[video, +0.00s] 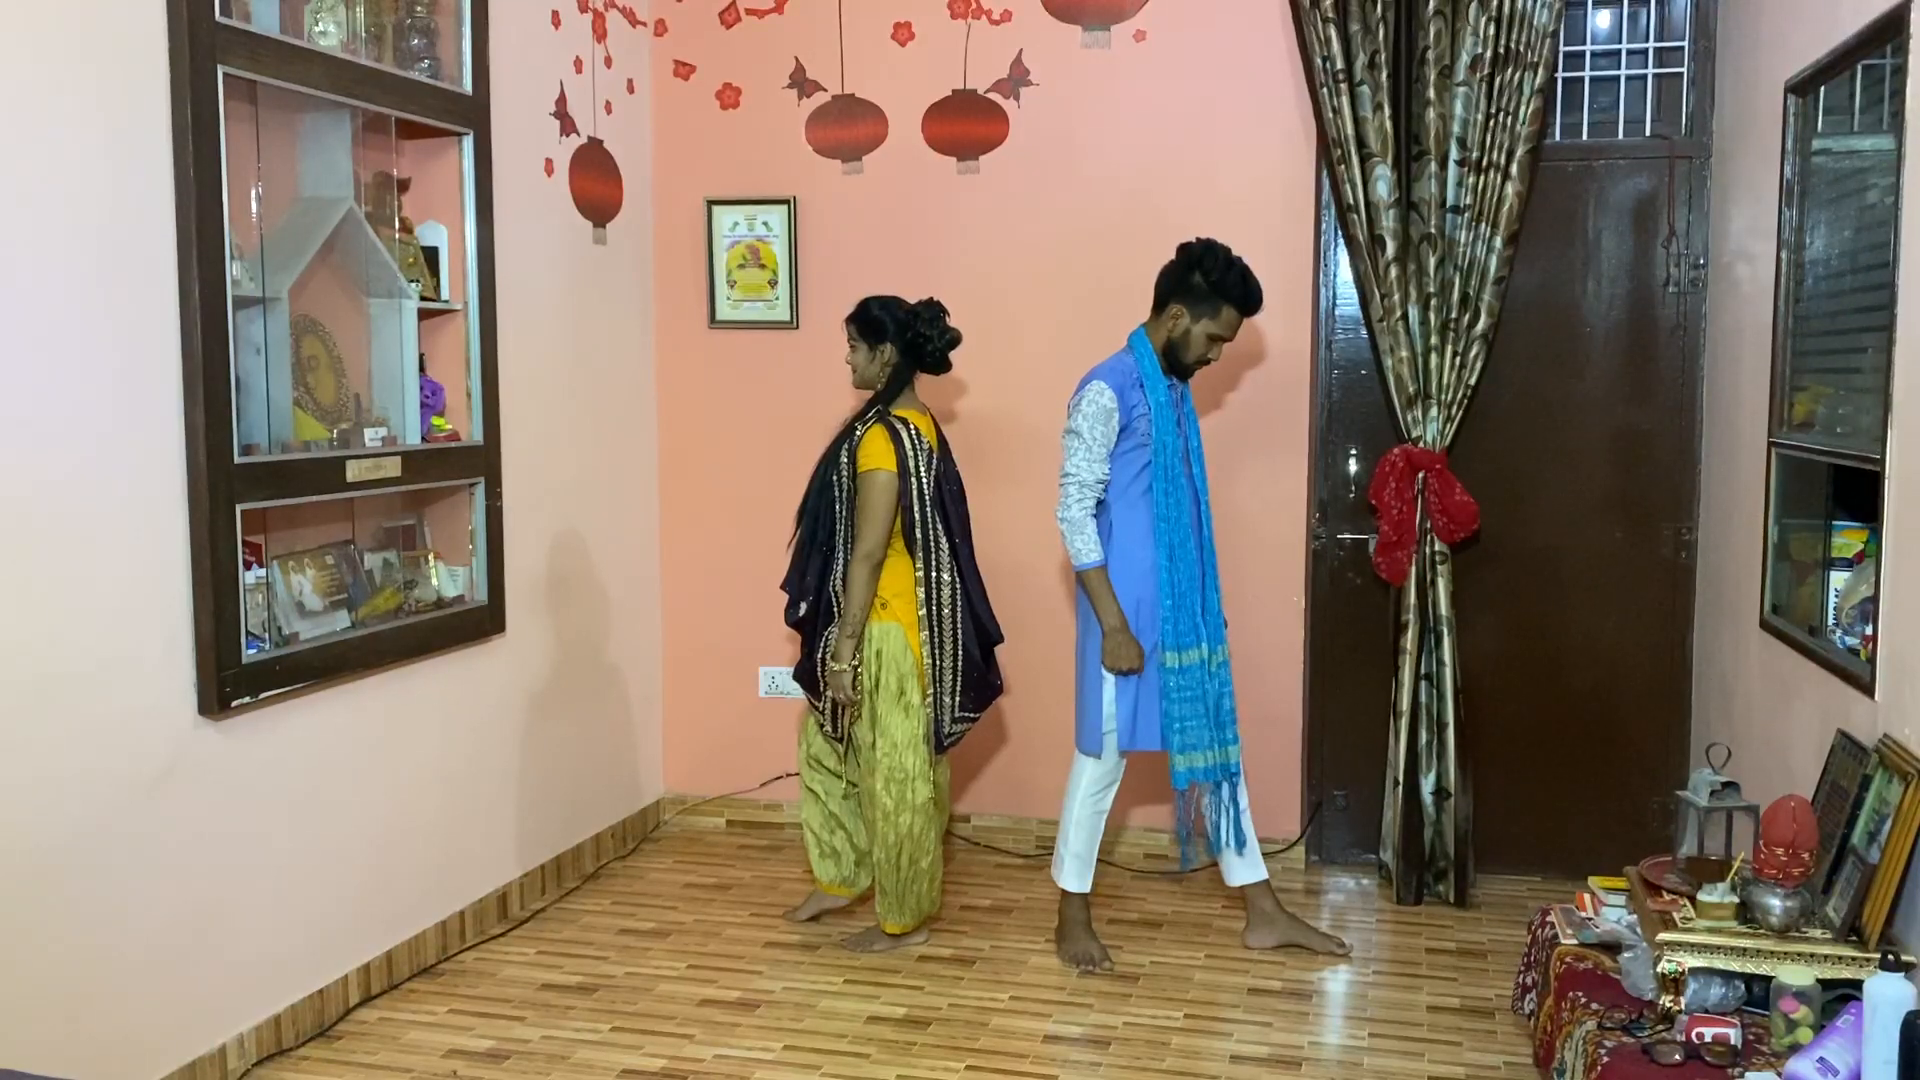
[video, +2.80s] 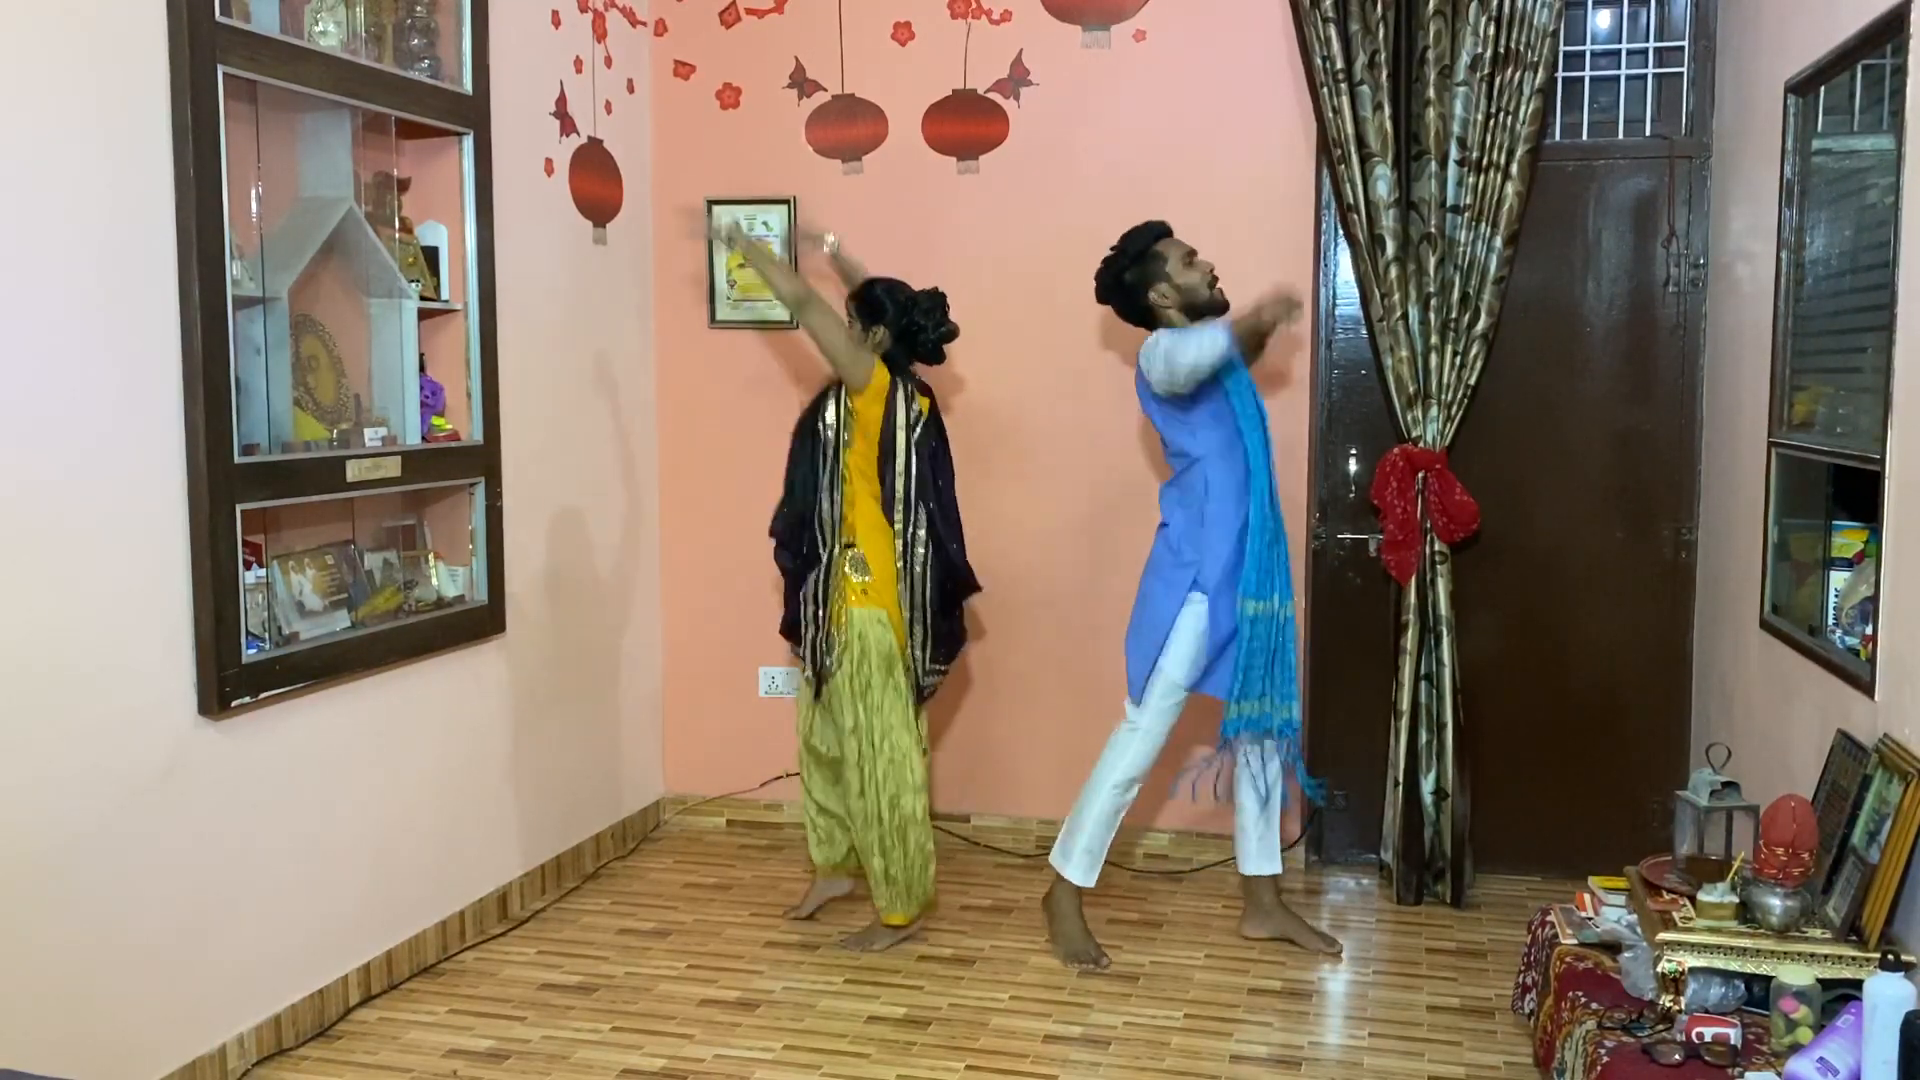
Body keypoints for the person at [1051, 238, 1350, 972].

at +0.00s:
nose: (1219, 353)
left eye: (1226, 340)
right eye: (1215, 337)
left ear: (1194, 320)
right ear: (1173, 312)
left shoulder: (1172, 393)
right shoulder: (1105, 393)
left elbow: (1172, 516)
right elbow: (1075, 515)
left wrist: (1197, 607)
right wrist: (1113, 623)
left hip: (1184, 605)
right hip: (1123, 606)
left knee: (1212, 744)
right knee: (1103, 755)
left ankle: (1263, 908)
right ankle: (1072, 913)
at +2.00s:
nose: (1220, 351)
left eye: (1228, 338)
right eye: (1217, 334)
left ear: (1193, 318)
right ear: (1175, 311)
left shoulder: (1171, 391)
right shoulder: (1108, 392)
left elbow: (1170, 516)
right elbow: (1083, 518)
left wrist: (1197, 606)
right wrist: (1124, 621)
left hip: (1185, 601)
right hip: (1123, 603)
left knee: (1218, 741)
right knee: (1106, 754)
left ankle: (1263, 909)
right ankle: (1072, 915)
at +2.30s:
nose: (1232, 302)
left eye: (1225, 288)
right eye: (1216, 290)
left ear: (1181, 313)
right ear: (1173, 311)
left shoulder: (1188, 401)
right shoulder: (1135, 402)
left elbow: (1189, 502)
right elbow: (1111, 506)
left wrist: (1240, 546)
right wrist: (1215, 552)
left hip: (1196, 616)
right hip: (1140, 619)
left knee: (1277, 733)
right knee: (1136, 767)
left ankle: (1270, 908)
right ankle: (1078, 918)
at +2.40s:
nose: (1218, 272)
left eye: (1209, 260)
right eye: (1201, 264)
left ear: (1182, 289)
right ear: (1167, 290)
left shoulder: (1205, 378)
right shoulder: (1146, 368)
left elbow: (1258, 405)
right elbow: (1165, 376)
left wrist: (1263, 389)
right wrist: (1227, 373)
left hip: (1220, 589)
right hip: (1157, 588)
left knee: (1275, 731)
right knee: (1132, 752)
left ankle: (1271, 905)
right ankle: (1073, 907)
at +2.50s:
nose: (1205, 255)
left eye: (1198, 246)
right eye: (1190, 248)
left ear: (1175, 270)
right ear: (1155, 269)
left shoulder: (1201, 321)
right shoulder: (1158, 326)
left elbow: (1234, 225)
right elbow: (1177, 230)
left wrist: (1288, 157)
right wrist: (1255, 129)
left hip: (1230, 540)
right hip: (1170, 539)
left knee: (1253, 700)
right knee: (1131, 707)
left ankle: (1278, 880)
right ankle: (1075, 885)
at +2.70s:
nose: (1202, 251)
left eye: (1192, 242)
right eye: (1183, 245)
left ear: (1164, 274)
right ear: (1155, 274)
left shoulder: (1219, 325)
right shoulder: (1173, 336)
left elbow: (1241, 247)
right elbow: (1191, 247)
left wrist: (1266, 171)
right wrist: (1247, 161)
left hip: (1250, 557)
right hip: (1193, 558)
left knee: (1258, 714)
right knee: (1144, 718)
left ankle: (1268, 890)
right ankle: (1076, 890)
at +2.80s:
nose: (1206, 262)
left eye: (1196, 253)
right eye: (1189, 260)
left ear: (1180, 287)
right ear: (1162, 293)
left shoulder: (1207, 346)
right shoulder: (1164, 353)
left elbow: (1244, 345)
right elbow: (1198, 350)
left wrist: (1267, 323)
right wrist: (1254, 322)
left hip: (1254, 568)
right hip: (1200, 571)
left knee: (1260, 725)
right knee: (1147, 728)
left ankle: (1264, 898)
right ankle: (1064, 890)